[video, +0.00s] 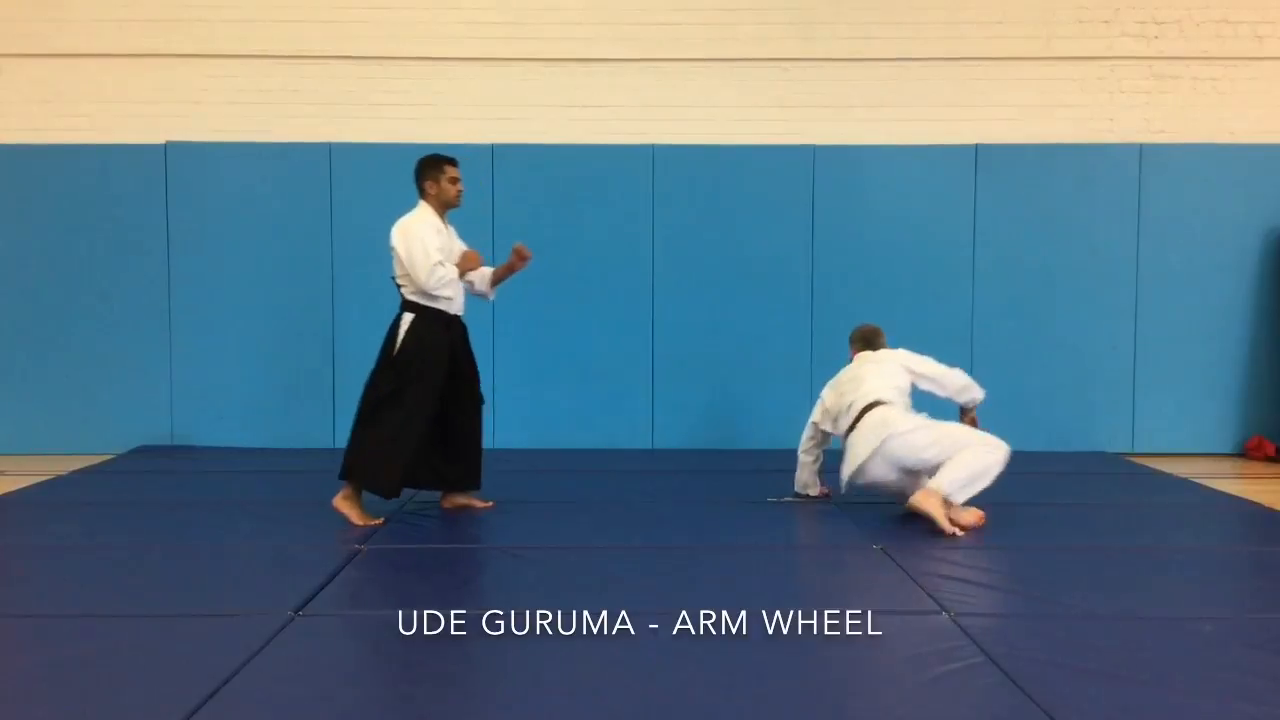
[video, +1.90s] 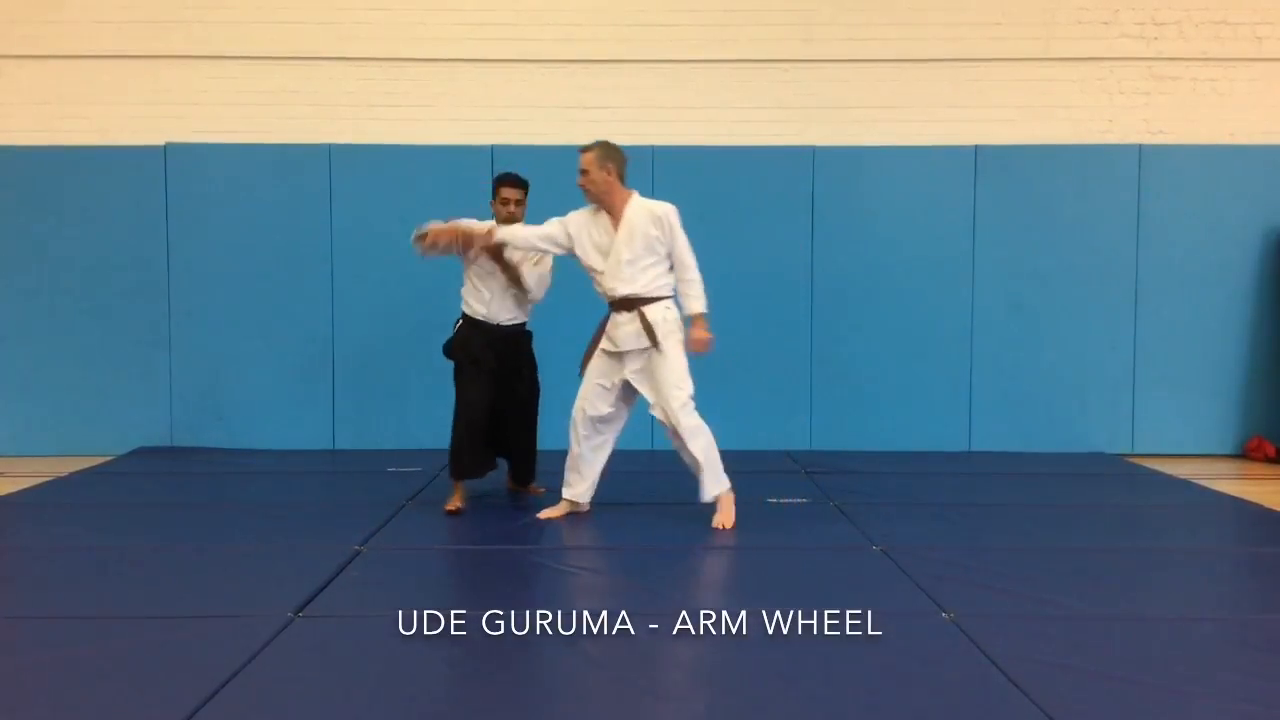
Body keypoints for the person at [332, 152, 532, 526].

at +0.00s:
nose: (460, 188)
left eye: (460, 181)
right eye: (453, 181)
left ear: (440, 188)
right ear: (430, 186)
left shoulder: (447, 233)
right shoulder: (411, 227)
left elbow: (474, 282)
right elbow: (429, 281)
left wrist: (508, 268)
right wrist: (460, 267)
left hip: (449, 328)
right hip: (419, 327)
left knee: (463, 405)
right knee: (392, 407)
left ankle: (455, 491)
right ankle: (350, 493)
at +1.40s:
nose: (466, 208)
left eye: (464, 201)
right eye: (459, 202)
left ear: (438, 208)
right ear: (437, 207)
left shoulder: (436, 243)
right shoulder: (426, 247)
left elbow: (462, 293)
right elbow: (462, 305)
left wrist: (492, 274)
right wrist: (497, 284)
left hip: (447, 344)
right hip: (425, 346)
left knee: (485, 404)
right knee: (403, 425)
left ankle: (508, 461)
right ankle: (354, 495)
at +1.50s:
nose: (481, 211)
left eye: (479, 205)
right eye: (474, 206)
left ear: (457, 213)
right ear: (452, 212)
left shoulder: (458, 246)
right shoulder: (449, 249)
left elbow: (491, 290)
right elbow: (502, 293)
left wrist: (510, 270)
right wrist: (523, 268)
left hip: (471, 346)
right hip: (447, 347)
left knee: (501, 409)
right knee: (416, 422)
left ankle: (517, 472)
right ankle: (363, 491)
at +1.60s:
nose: (493, 213)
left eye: (493, 206)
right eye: (486, 207)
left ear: (485, 211)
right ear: (465, 214)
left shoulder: (485, 248)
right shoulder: (463, 246)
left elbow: (512, 298)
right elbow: (527, 259)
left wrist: (526, 258)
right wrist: (547, 229)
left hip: (493, 346)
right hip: (464, 346)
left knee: (509, 412)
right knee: (435, 420)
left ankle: (514, 478)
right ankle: (384, 492)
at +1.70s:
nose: (503, 211)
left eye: (507, 205)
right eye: (495, 204)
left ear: (510, 208)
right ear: (478, 207)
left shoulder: (515, 249)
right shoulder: (465, 235)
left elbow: (537, 303)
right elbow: (497, 228)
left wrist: (529, 278)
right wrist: (524, 199)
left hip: (504, 340)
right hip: (470, 338)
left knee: (514, 409)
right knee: (458, 414)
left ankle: (516, 477)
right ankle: (414, 492)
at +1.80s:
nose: (507, 204)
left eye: (513, 197)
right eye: (501, 197)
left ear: (521, 202)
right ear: (489, 201)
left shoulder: (530, 242)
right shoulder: (474, 231)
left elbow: (544, 291)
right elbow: (444, 225)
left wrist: (520, 261)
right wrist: (471, 201)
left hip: (510, 336)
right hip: (472, 333)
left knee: (518, 407)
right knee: (470, 409)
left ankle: (517, 478)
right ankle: (438, 487)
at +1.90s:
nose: (510, 208)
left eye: (517, 203)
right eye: (504, 202)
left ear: (526, 205)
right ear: (493, 203)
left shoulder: (536, 243)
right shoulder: (474, 230)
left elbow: (535, 292)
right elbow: (423, 238)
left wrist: (503, 260)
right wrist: (451, 237)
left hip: (515, 338)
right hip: (474, 336)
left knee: (522, 411)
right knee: (469, 412)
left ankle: (520, 480)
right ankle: (458, 489)